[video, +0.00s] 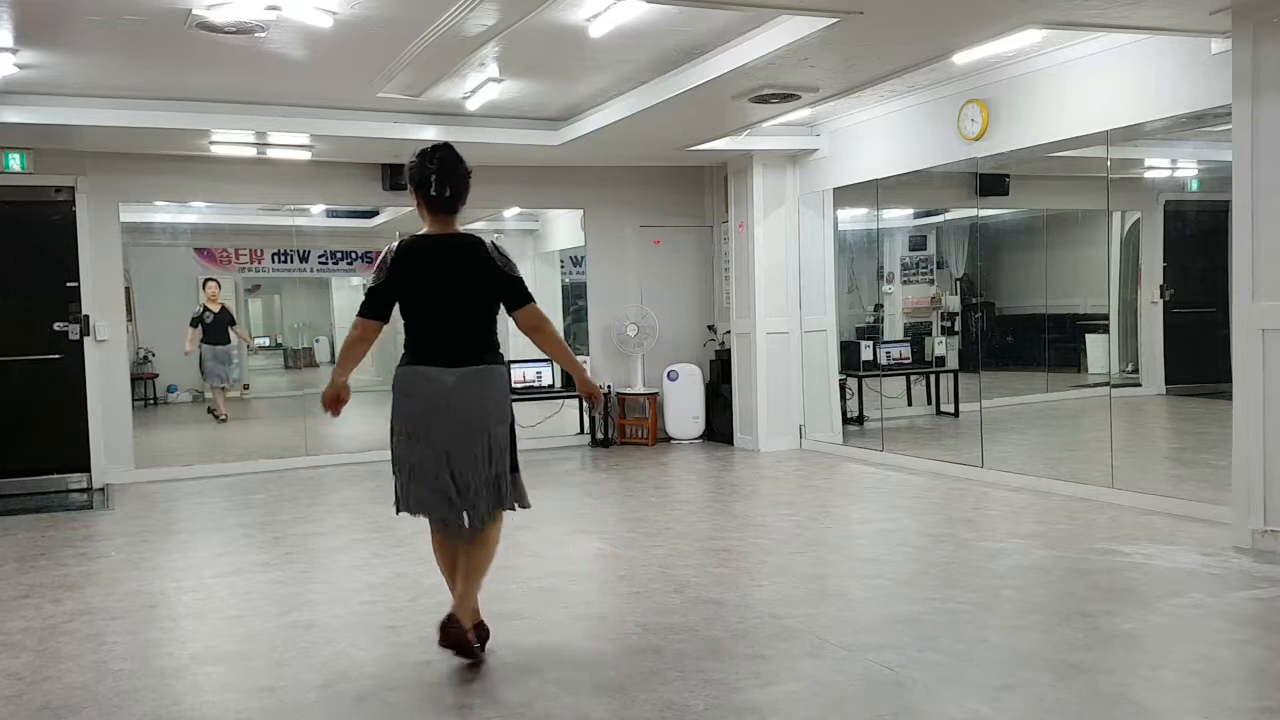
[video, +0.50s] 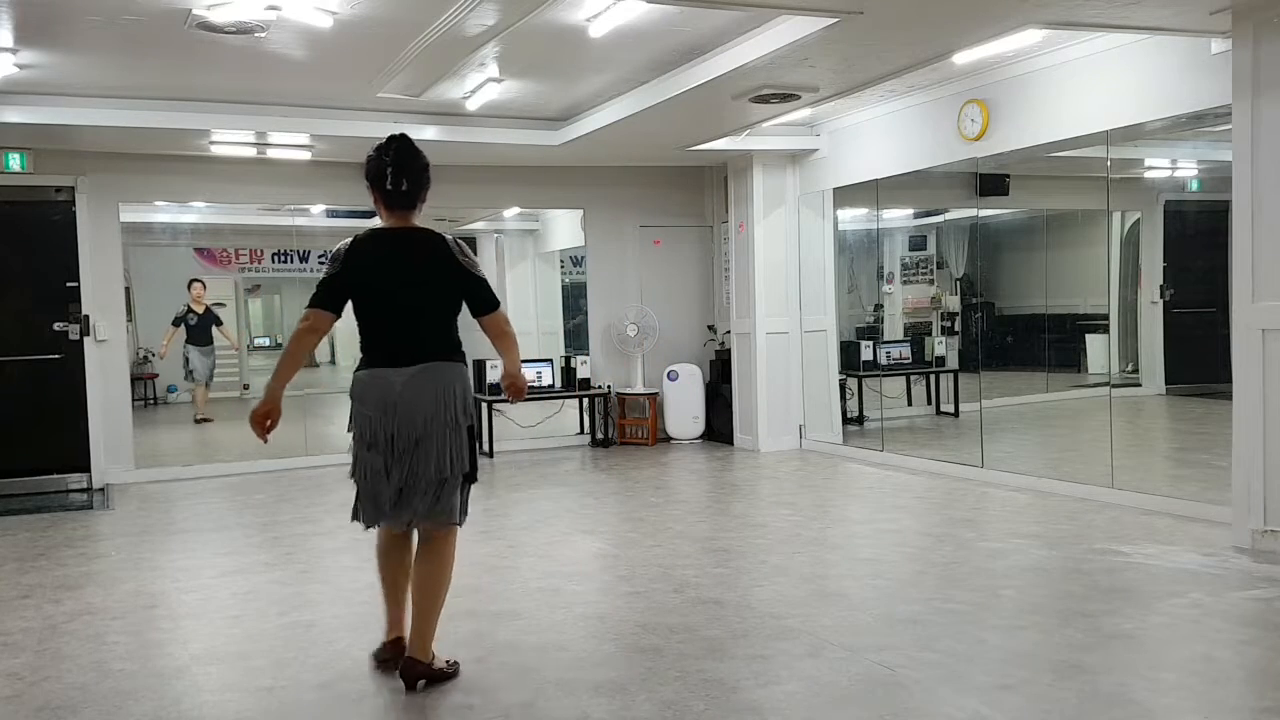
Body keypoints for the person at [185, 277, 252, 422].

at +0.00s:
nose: (213, 291)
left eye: (216, 288)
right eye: (210, 288)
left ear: (220, 290)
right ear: (204, 291)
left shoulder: (225, 309)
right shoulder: (201, 310)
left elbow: (236, 328)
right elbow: (192, 329)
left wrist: (248, 341)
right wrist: (188, 345)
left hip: (225, 348)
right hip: (209, 348)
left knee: (224, 380)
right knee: (215, 381)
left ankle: (214, 407)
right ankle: (222, 411)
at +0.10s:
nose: (210, 291)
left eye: (213, 288)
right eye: (207, 289)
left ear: (217, 291)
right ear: (201, 292)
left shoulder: (223, 309)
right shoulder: (198, 310)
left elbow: (233, 329)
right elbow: (188, 330)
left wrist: (247, 342)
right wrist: (181, 347)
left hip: (222, 349)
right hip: (207, 350)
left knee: (220, 383)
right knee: (214, 383)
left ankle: (204, 408)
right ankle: (223, 413)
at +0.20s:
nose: (207, 292)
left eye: (210, 289)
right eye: (203, 289)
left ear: (214, 291)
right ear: (198, 292)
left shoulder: (219, 310)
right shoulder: (196, 310)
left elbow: (231, 329)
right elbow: (185, 330)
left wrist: (246, 344)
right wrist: (176, 348)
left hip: (218, 349)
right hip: (204, 349)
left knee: (214, 383)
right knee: (212, 381)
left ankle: (202, 411)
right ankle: (222, 413)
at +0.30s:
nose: (204, 292)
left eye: (207, 289)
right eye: (201, 289)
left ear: (210, 291)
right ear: (195, 292)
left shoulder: (216, 310)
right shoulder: (192, 310)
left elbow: (226, 328)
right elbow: (181, 330)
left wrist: (239, 340)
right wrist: (172, 346)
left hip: (215, 348)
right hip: (200, 349)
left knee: (210, 381)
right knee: (208, 380)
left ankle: (200, 412)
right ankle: (220, 412)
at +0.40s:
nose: (202, 292)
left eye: (204, 289)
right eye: (198, 289)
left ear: (208, 291)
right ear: (193, 292)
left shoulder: (213, 310)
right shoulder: (189, 310)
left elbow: (224, 327)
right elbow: (177, 329)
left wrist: (236, 340)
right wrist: (168, 346)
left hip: (211, 348)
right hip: (196, 348)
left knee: (208, 380)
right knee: (205, 379)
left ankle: (201, 412)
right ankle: (213, 411)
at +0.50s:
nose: (198, 292)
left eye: (201, 289)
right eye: (195, 289)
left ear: (204, 292)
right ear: (189, 292)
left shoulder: (209, 310)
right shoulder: (185, 310)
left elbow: (221, 327)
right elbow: (173, 329)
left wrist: (233, 342)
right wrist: (164, 346)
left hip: (209, 349)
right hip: (193, 349)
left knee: (207, 381)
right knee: (200, 380)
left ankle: (202, 412)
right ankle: (199, 413)